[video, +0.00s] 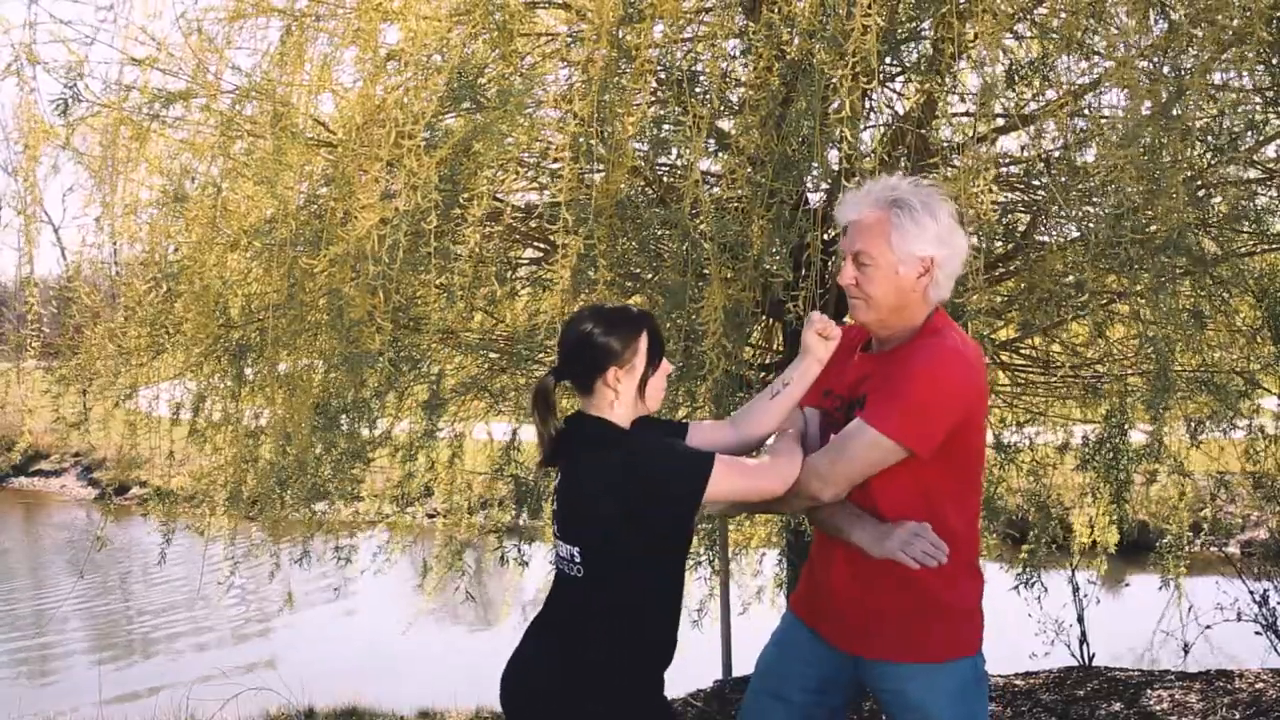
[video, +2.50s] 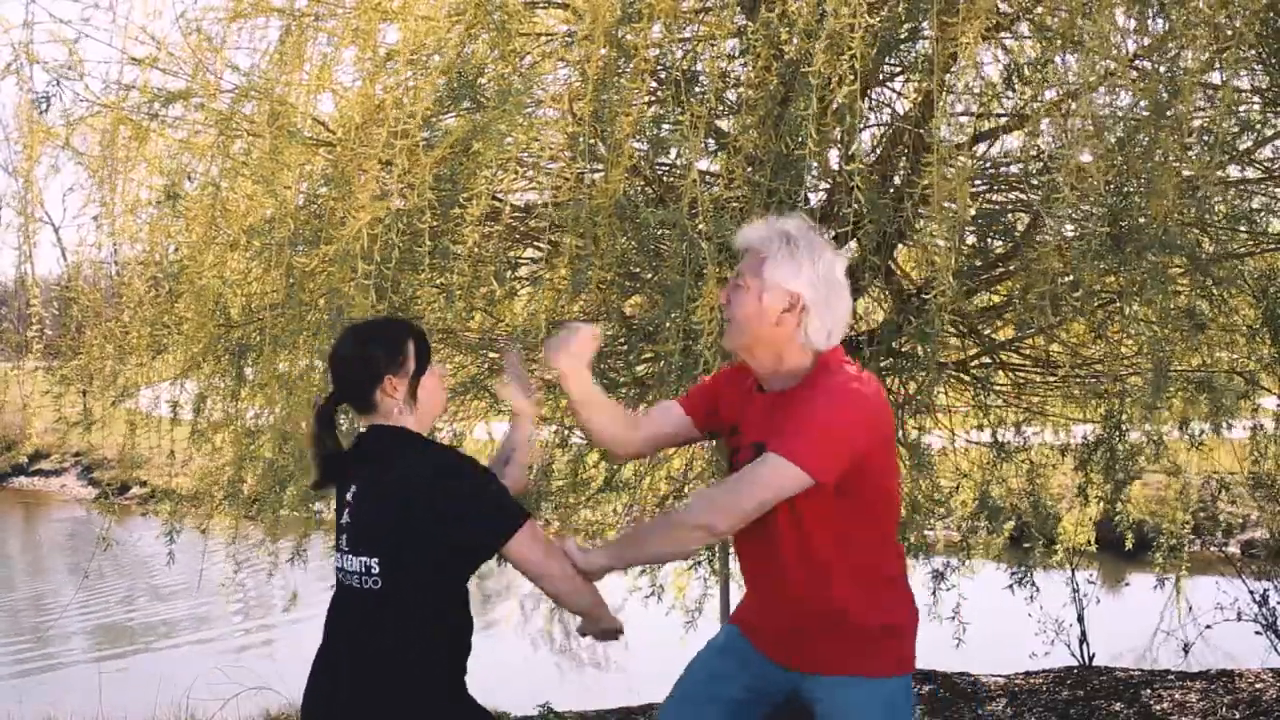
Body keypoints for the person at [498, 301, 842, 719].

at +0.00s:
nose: (667, 367)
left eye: (661, 356)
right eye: (656, 358)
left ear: (610, 378)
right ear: (617, 377)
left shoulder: (584, 437)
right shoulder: (642, 457)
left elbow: (735, 431)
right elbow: (775, 477)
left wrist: (810, 362)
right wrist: (792, 433)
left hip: (540, 681)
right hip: (612, 695)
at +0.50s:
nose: (584, 343)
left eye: (577, 333)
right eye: (572, 336)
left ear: (520, 361)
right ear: (532, 361)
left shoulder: (472, 426)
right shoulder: (575, 444)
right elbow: (699, 507)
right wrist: (727, 468)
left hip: (443, 677)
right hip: (534, 685)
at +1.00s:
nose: (465, 343)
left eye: (459, 329)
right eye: (452, 332)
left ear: (402, 351)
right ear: (409, 350)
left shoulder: (350, 422)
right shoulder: (441, 435)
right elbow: (570, 501)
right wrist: (599, 402)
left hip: (325, 671)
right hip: (412, 675)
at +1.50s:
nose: (433, 363)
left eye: (428, 352)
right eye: (422, 352)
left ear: (373, 364)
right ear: (379, 364)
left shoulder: (315, 440)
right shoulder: (414, 454)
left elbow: (381, 512)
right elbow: (554, 464)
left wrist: (443, 442)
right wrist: (606, 378)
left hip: (299, 685)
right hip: (390, 690)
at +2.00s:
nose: (421, 374)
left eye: (415, 362)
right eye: (409, 363)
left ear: (359, 378)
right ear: (366, 377)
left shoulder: (300, 455)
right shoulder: (415, 461)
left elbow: (371, 515)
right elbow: (541, 512)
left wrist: (426, 446)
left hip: (306, 695)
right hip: (402, 695)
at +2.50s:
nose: (441, 373)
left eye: (433, 363)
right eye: (430, 365)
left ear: (389, 389)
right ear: (393, 387)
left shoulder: (362, 460)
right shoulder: (445, 473)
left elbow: (499, 492)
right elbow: (548, 568)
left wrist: (524, 413)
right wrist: (598, 615)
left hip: (334, 694)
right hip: (420, 698)